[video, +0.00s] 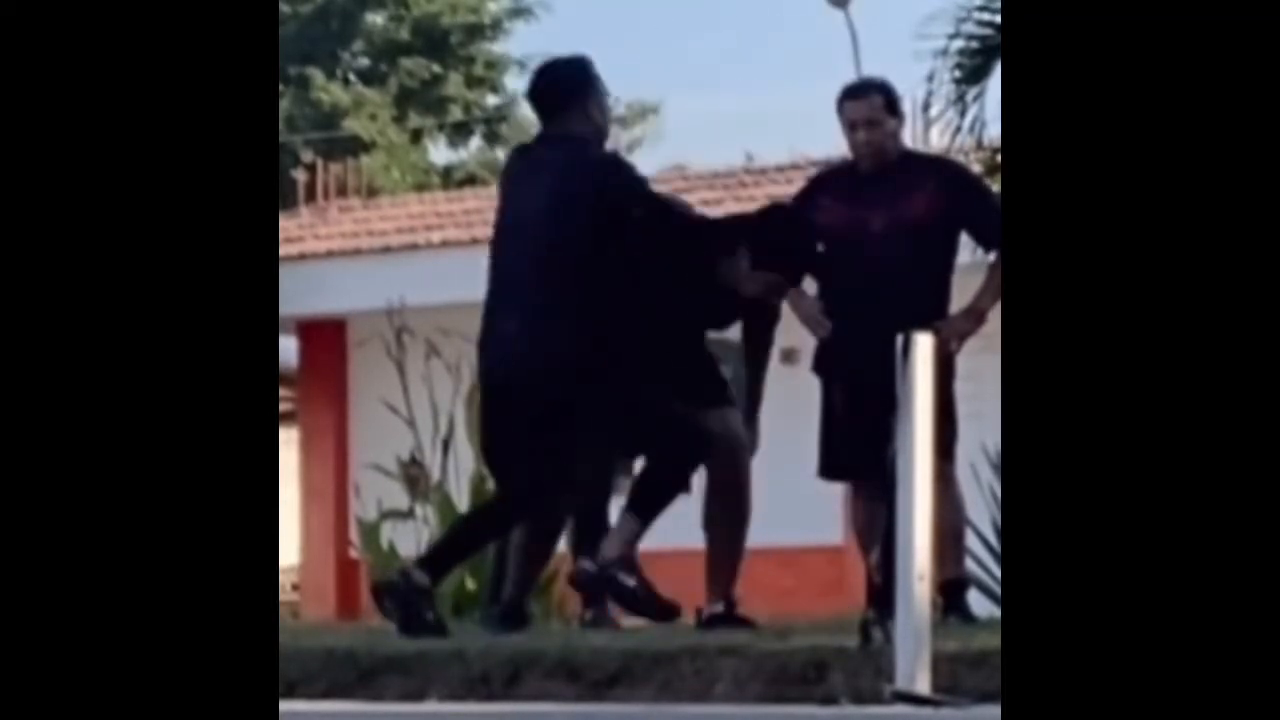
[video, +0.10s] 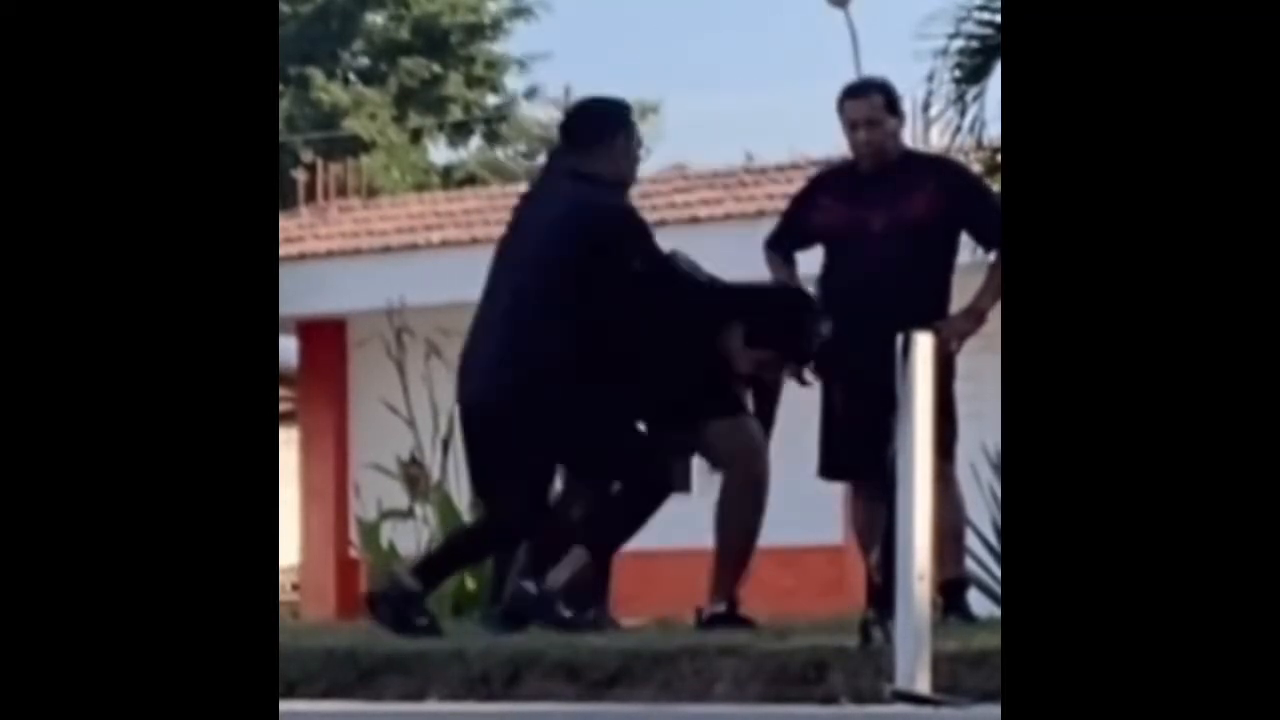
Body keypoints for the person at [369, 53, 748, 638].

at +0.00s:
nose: (610, 108)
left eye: (605, 97)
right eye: (602, 98)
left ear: (544, 110)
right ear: (587, 105)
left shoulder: (523, 166)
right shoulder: (598, 169)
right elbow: (671, 227)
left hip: (511, 352)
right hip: (574, 352)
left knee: (526, 489)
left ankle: (419, 579)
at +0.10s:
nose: (638, 160)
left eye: (637, 148)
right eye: (633, 148)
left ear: (571, 147)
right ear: (612, 148)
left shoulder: (544, 199)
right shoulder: (606, 213)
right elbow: (671, 296)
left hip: (489, 379)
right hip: (554, 381)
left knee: (515, 513)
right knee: (649, 472)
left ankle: (410, 587)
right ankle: (550, 587)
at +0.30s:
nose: (667, 244)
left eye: (668, 233)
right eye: (662, 231)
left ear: (604, 221)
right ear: (636, 229)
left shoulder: (564, 266)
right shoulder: (619, 293)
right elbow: (674, 379)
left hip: (466, 425)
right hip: (517, 429)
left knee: (526, 543)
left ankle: (416, 589)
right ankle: (534, 601)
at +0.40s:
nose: (673, 273)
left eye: (674, 260)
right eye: (672, 259)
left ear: (608, 243)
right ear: (653, 254)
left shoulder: (573, 282)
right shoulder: (623, 308)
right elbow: (670, 395)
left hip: (462, 429)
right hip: (500, 437)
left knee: (530, 543)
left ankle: (416, 589)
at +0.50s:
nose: (677, 286)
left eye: (678, 273)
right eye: (675, 272)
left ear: (618, 255)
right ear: (654, 264)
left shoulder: (581, 291)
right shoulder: (622, 310)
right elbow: (675, 391)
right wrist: (750, 416)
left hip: (462, 427)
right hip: (496, 434)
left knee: (529, 546)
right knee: (532, 552)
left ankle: (417, 591)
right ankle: (417, 591)